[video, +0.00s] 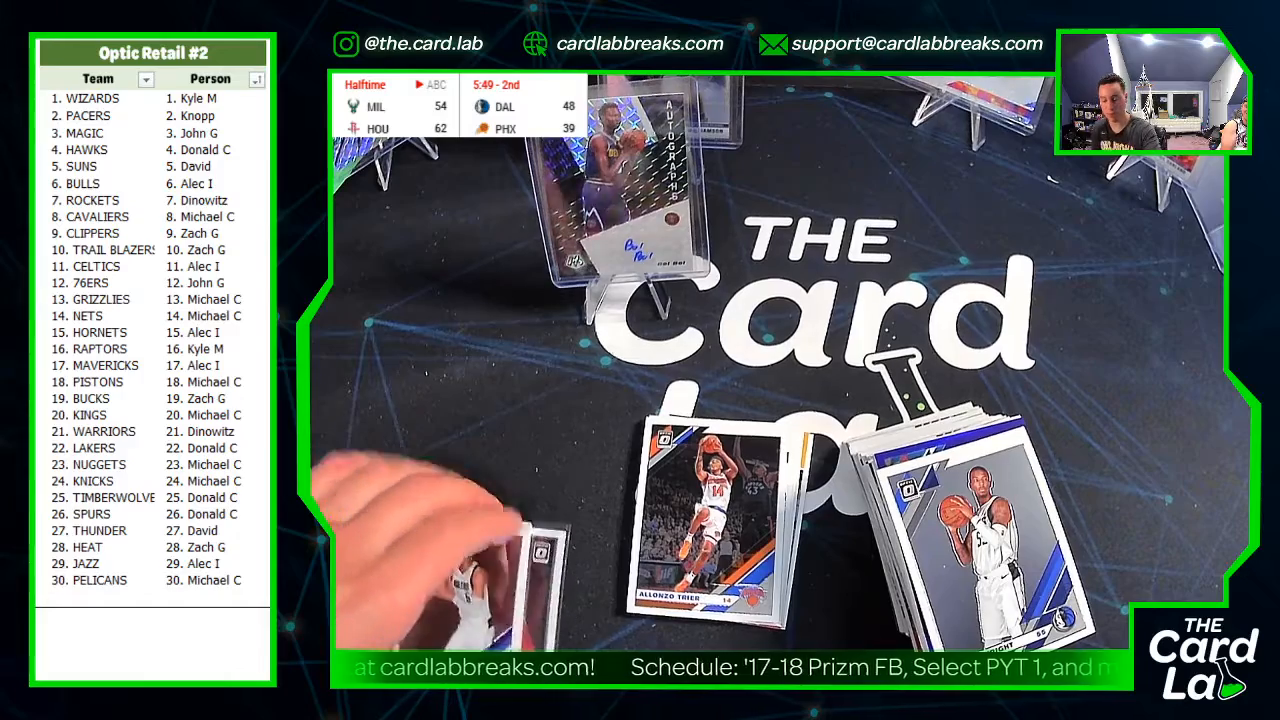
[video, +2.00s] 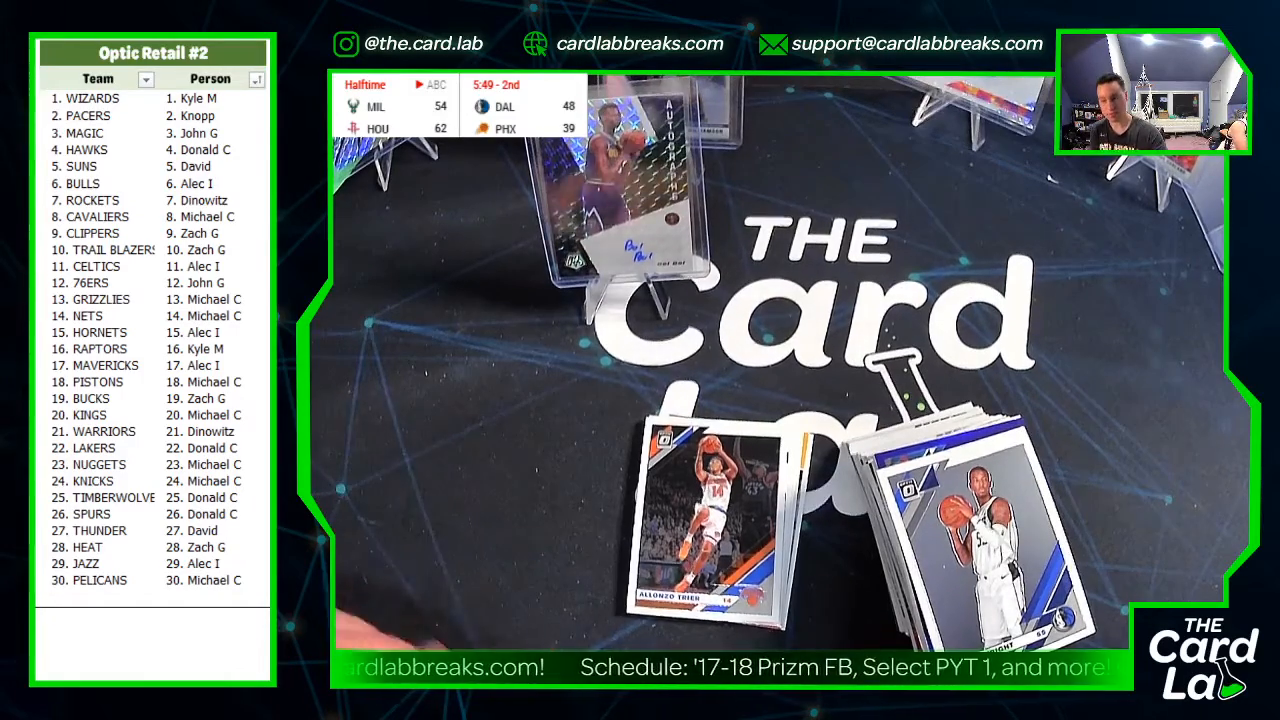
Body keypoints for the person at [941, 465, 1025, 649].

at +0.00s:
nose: (980, 483)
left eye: (983, 479)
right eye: (975, 480)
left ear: (990, 481)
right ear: (970, 486)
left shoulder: (1000, 504)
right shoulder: (974, 517)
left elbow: (996, 538)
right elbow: (965, 559)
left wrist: (972, 517)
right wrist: (953, 531)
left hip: (1007, 579)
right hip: (985, 585)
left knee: (1018, 633)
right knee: (991, 641)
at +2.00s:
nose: (980, 484)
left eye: (983, 479)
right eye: (975, 480)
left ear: (990, 482)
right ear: (970, 486)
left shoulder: (1000, 505)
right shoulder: (975, 517)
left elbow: (996, 540)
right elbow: (965, 559)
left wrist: (972, 517)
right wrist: (953, 531)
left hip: (1006, 579)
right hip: (984, 584)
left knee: (1018, 632)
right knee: (992, 640)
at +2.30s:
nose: (980, 484)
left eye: (983, 479)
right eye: (975, 481)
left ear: (990, 482)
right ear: (970, 485)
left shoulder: (1000, 505)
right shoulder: (974, 518)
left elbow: (997, 539)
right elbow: (965, 559)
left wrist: (972, 516)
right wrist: (953, 531)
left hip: (1006, 579)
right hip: (985, 584)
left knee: (1017, 632)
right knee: (992, 639)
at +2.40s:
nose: (980, 484)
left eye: (983, 479)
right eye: (975, 481)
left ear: (990, 482)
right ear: (970, 485)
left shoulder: (1000, 505)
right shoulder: (975, 518)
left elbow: (997, 539)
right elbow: (965, 559)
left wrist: (972, 516)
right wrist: (953, 531)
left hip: (1006, 579)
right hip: (985, 585)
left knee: (1017, 632)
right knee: (992, 640)